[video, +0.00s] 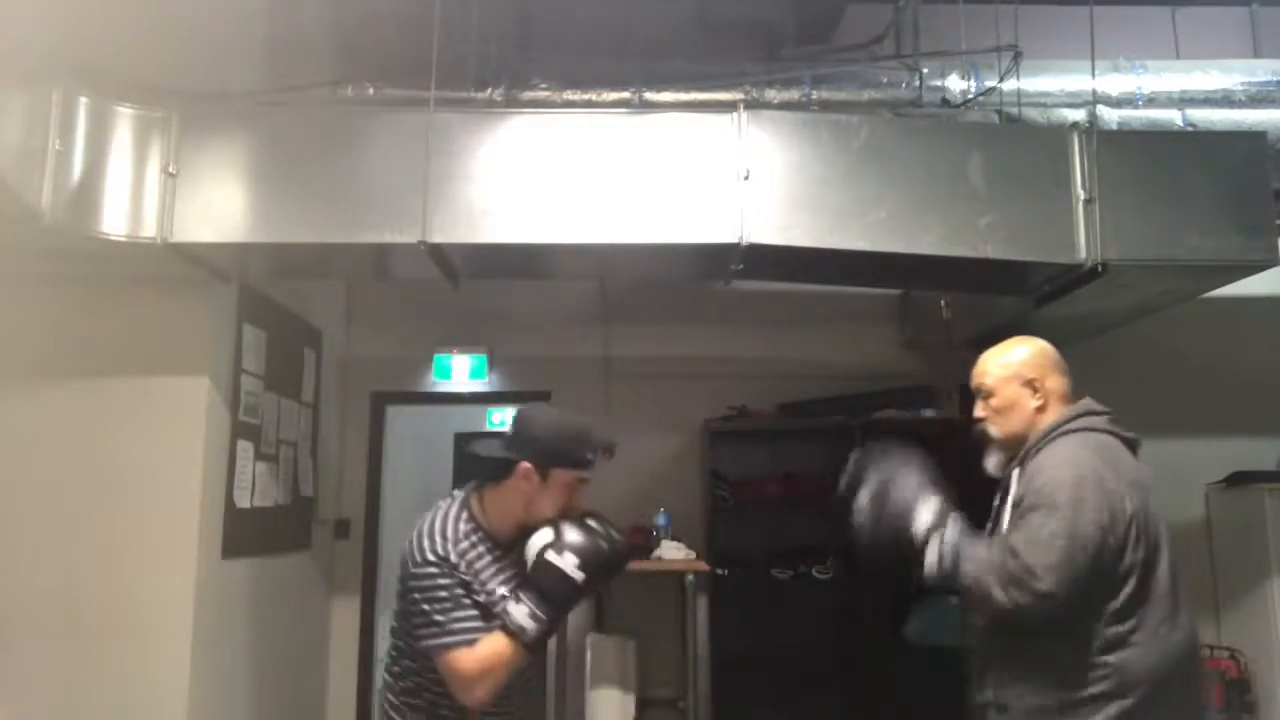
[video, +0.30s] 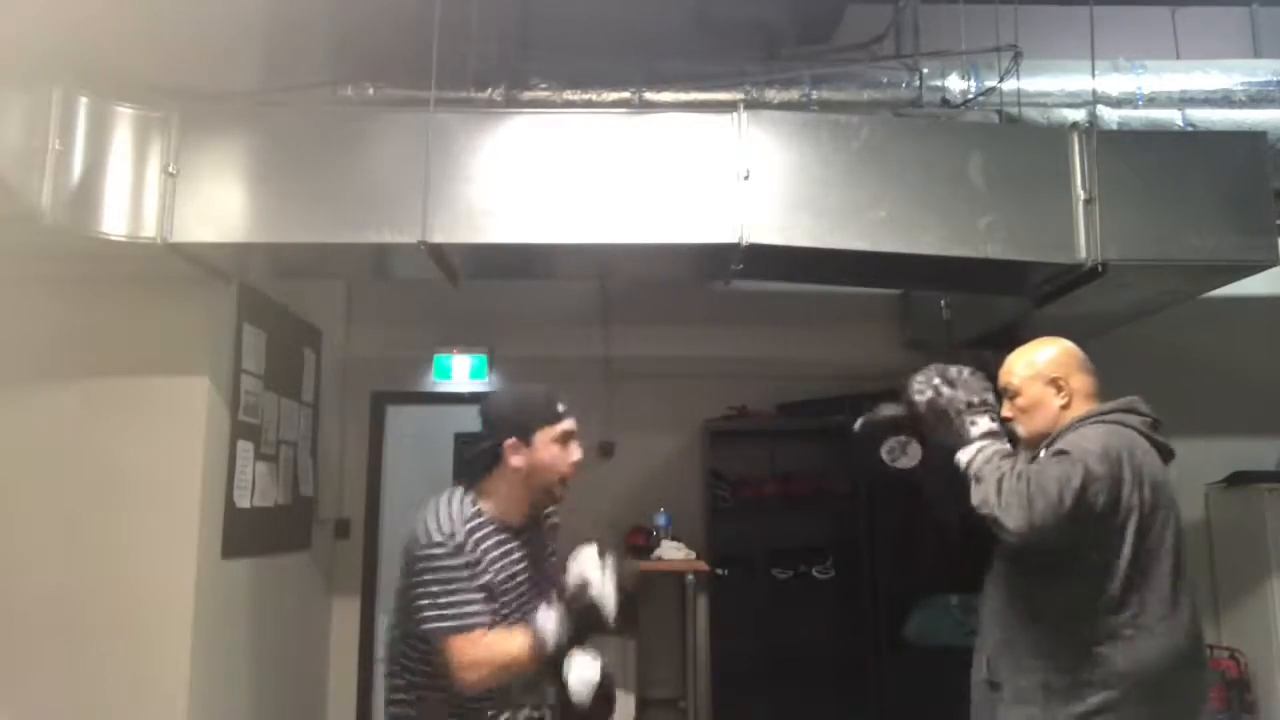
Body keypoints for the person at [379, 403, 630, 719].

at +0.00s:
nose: (578, 504)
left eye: (580, 488)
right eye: (572, 486)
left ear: (526, 478)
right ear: (527, 477)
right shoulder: (434, 552)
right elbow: (471, 687)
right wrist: (545, 598)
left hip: (513, 706)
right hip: (429, 712)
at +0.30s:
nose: (579, 456)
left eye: (575, 441)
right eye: (564, 441)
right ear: (515, 452)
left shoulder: (538, 520)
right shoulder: (444, 534)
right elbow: (469, 668)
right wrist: (560, 625)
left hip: (531, 704)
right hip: (454, 711)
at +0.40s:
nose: (608, 434)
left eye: (604, 419)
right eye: (592, 420)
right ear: (546, 434)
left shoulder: (573, 506)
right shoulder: (482, 516)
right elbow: (506, 646)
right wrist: (589, 582)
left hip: (558, 705)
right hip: (492, 712)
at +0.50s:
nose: (629, 433)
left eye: (625, 419)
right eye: (614, 420)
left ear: (576, 436)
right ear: (571, 435)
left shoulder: (620, 496)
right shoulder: (507, 521)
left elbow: (695, 519)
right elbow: (515, 650)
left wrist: (753, 492)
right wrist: (607, 593)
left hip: (589, 705)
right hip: (510, 711)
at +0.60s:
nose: (647, 424)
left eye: (641, 411)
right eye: (631, 413)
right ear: (591, 431)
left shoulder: (628, 501)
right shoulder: (543, 510)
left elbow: (668, 562)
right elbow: (577, 633)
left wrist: (725, 525)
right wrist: (648, 546)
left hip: (617, 706)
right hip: (537, 710)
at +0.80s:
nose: (637, 422)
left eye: (631, 410)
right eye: (620, 411)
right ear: (578, 428)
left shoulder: (537, 478)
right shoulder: (582, 488)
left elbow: (580, 561)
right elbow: (685, 522)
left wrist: (657, 564)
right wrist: (714, 459)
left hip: (511, 699)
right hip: (576, 706)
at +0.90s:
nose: (612, 420)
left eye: (607, 406)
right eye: (595, 408)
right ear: (554, 425)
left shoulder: (533, 482)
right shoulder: (537, 491)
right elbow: (618, 579)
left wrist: (612, 532)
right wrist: (662, 517)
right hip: (529, 707)